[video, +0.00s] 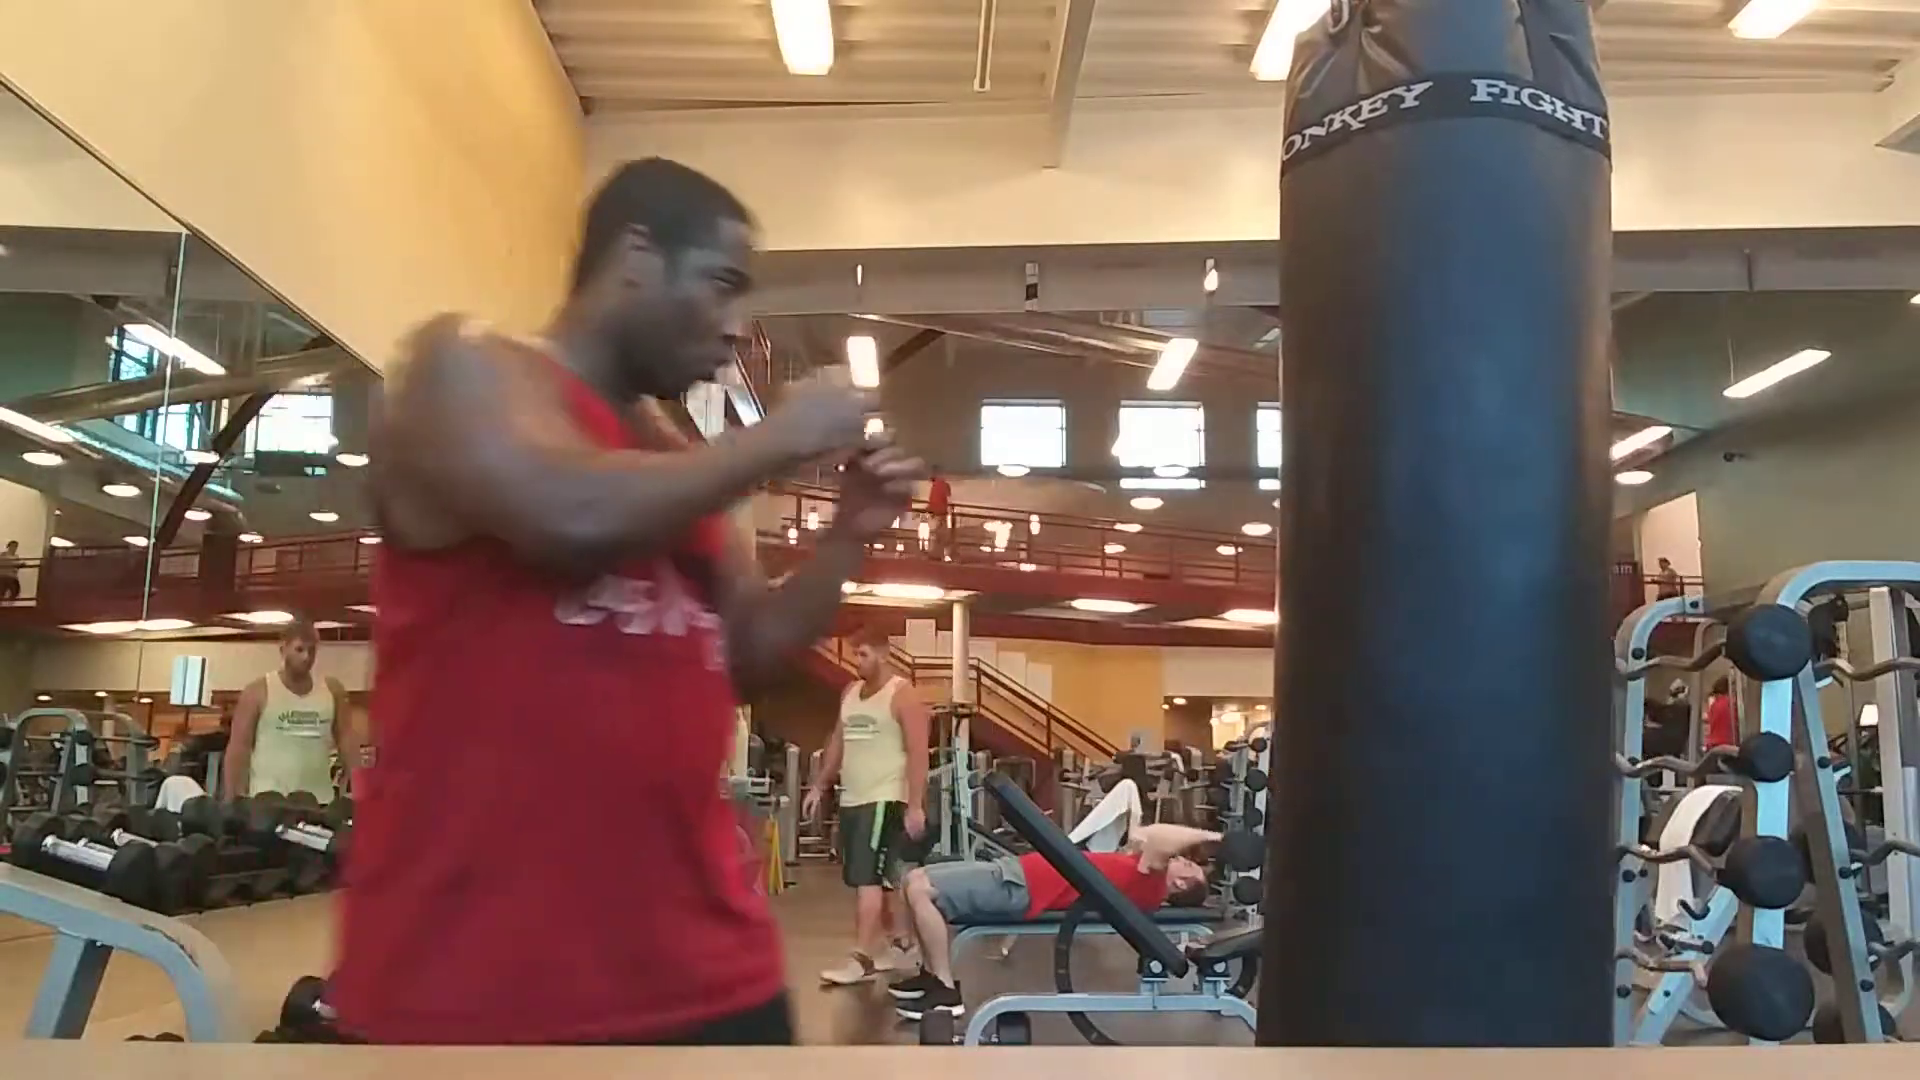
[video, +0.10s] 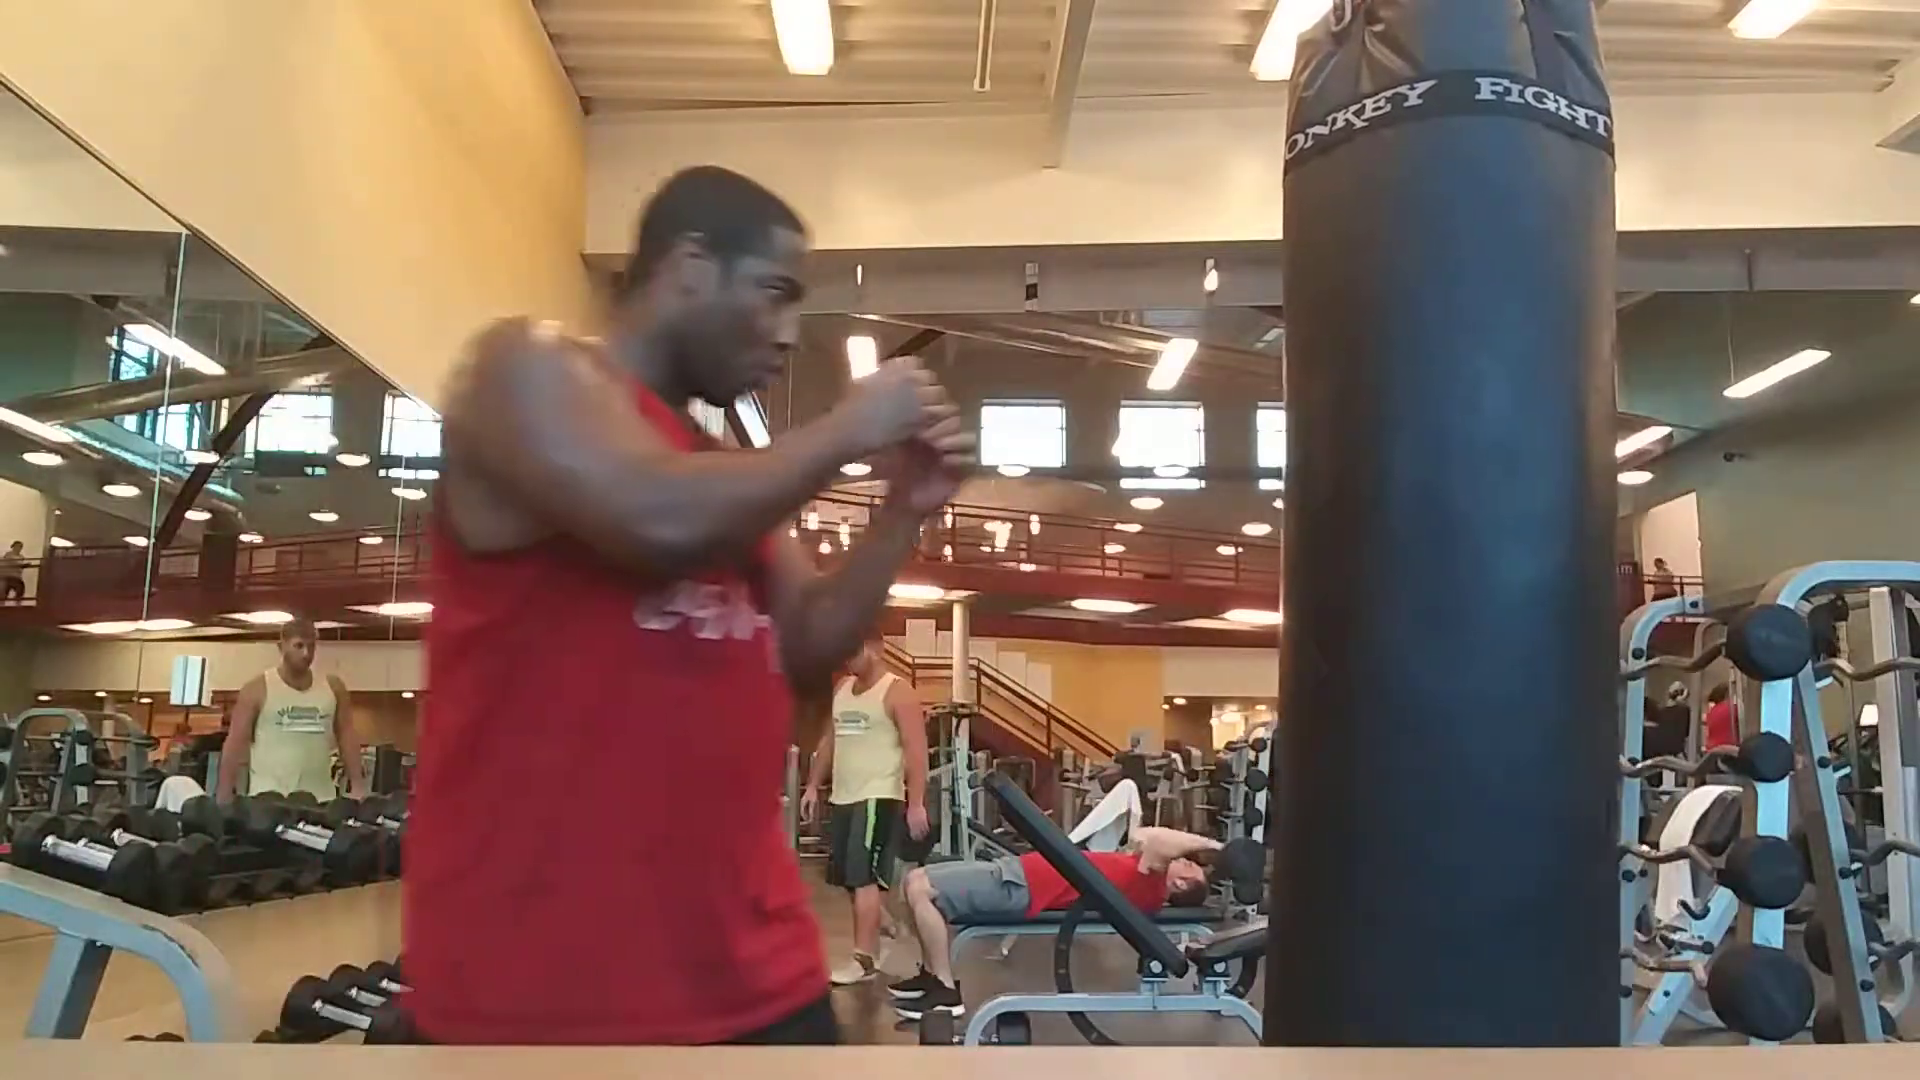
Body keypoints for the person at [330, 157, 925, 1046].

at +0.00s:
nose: (739, 327)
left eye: (745, 299)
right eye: (723, 285)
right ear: (635, 259)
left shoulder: (675, 452)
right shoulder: (466, 369)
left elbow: (750, 651)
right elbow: (564, 517)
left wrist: (847, 537)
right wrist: (773, 443)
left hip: (698, 978)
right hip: (489, 986)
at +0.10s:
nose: (791, 333)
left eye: (796, 304)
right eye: (775, 293)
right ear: (684, 269)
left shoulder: (714, 457)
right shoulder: (524, 367)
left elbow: (807, 644)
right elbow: (657, 519)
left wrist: (899, 516)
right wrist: (846, 427)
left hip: (750, 986)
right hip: (552, 998)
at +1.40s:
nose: (1060, 314)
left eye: (1063, 290)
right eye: (1041, 276)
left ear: (948, 262)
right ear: (941, 255)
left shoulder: (994, 445)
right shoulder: (824, 429)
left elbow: (1112, 596)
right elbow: (1092, 520)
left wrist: (1240, 627)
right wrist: (1174, 367)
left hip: (1165, 747)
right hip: (1067, 926)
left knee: (1448, 742)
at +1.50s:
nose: (1074, 307)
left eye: (1074, 280)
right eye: (1054, 269)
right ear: (955, 256)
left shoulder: (1017, 447)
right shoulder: (833, 437)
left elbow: (1096, 613)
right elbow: (1027, 564)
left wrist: (1266, 581)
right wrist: (1148, 416)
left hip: (1182, 790)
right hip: (1061, 937)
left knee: (1415, 905)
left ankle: (1417, 1058)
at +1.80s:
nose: (1216, 309)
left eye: (1215, 281)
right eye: (1199, 272)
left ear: (1115, 265)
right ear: (1108, 257)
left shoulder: (1137, 456)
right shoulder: (1007, 404)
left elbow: (1240, 621)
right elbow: (1139, 591)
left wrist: (1318, 479)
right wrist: (1321, 488)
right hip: (1084, 963)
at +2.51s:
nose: (957, 341)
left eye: (961, 314)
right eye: (943, 306)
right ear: (855, 282)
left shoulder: (814, 442)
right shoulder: (777, 390)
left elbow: (926, 608)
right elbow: (1060, 467)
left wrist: (1013, 493)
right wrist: (1294, 467)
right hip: (703, 956)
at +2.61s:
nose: (901, 374)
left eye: (906, 349)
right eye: (887, 344)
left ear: (796, 327)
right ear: (806, 327)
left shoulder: (709, 436)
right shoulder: (729, 422)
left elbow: (809, 665)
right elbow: (903, 561)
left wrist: (918, 522)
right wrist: (1138, 521)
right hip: (660, 929)